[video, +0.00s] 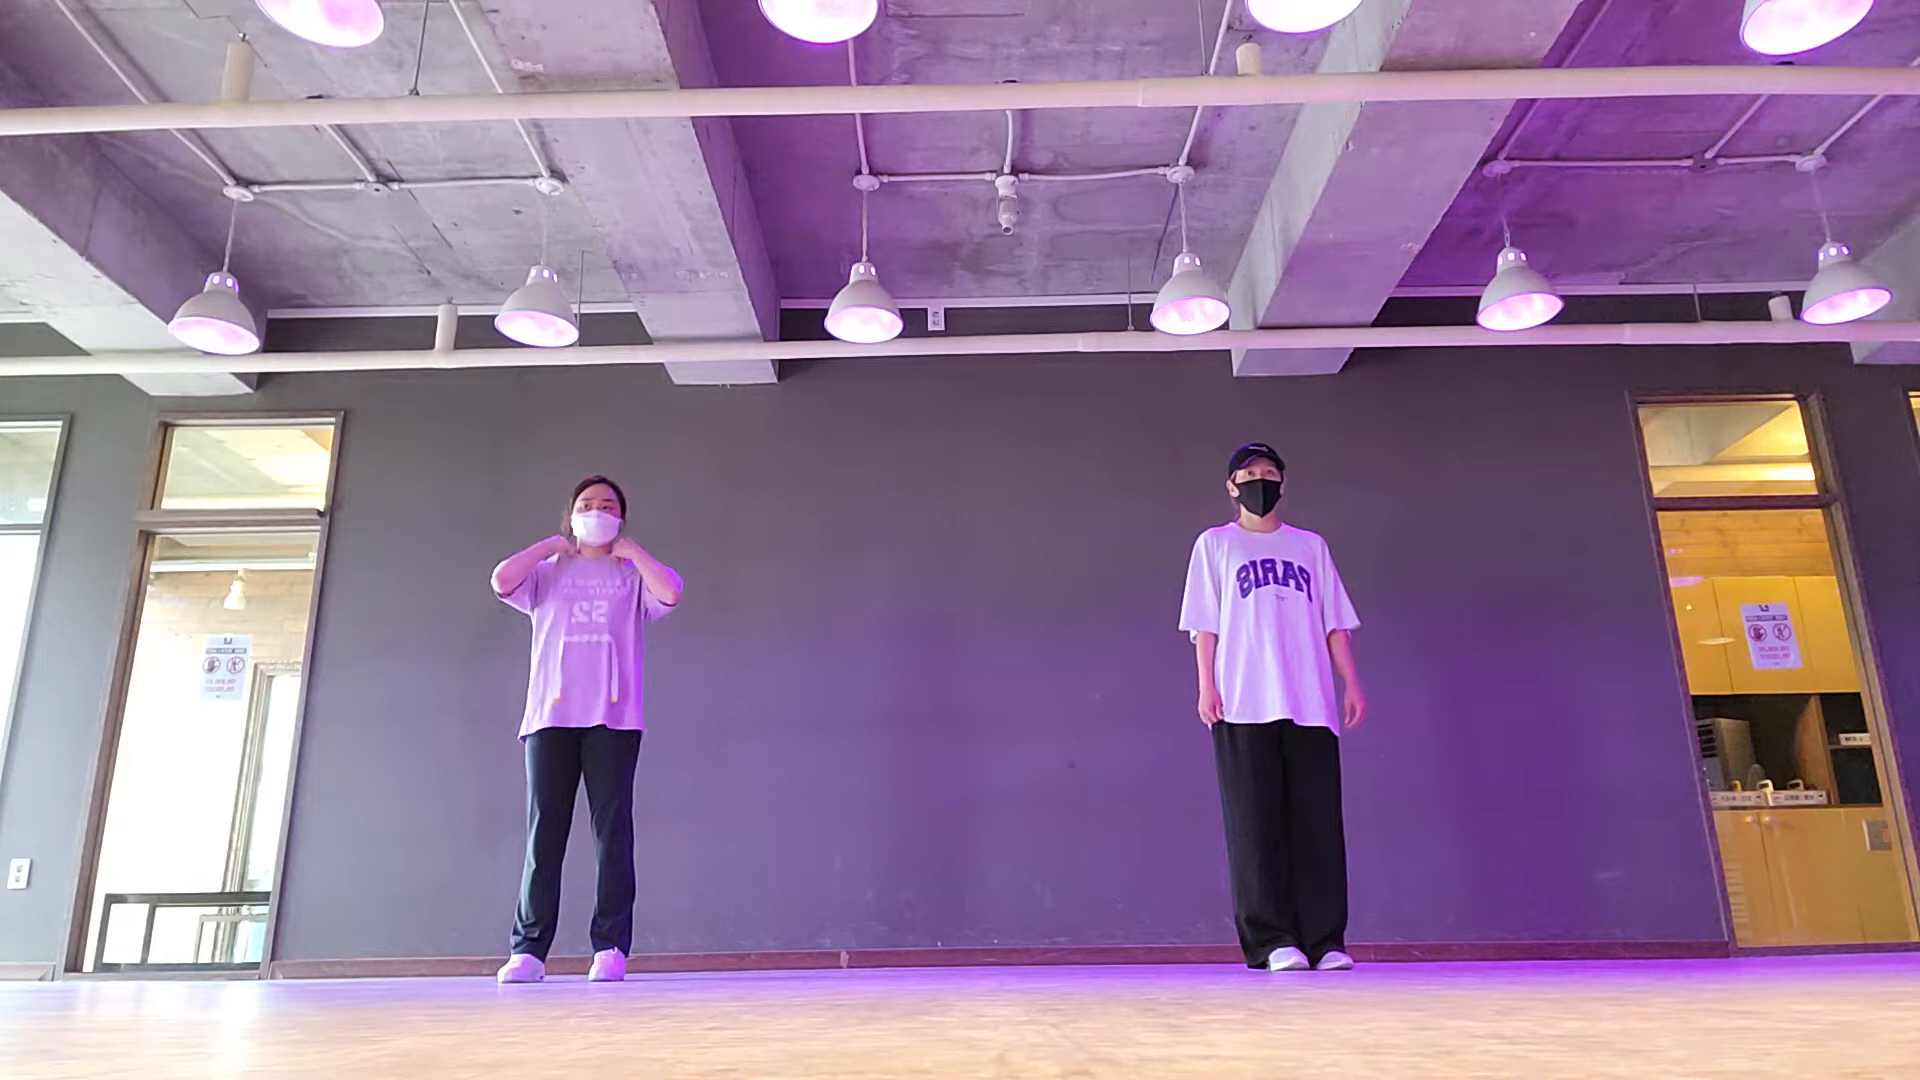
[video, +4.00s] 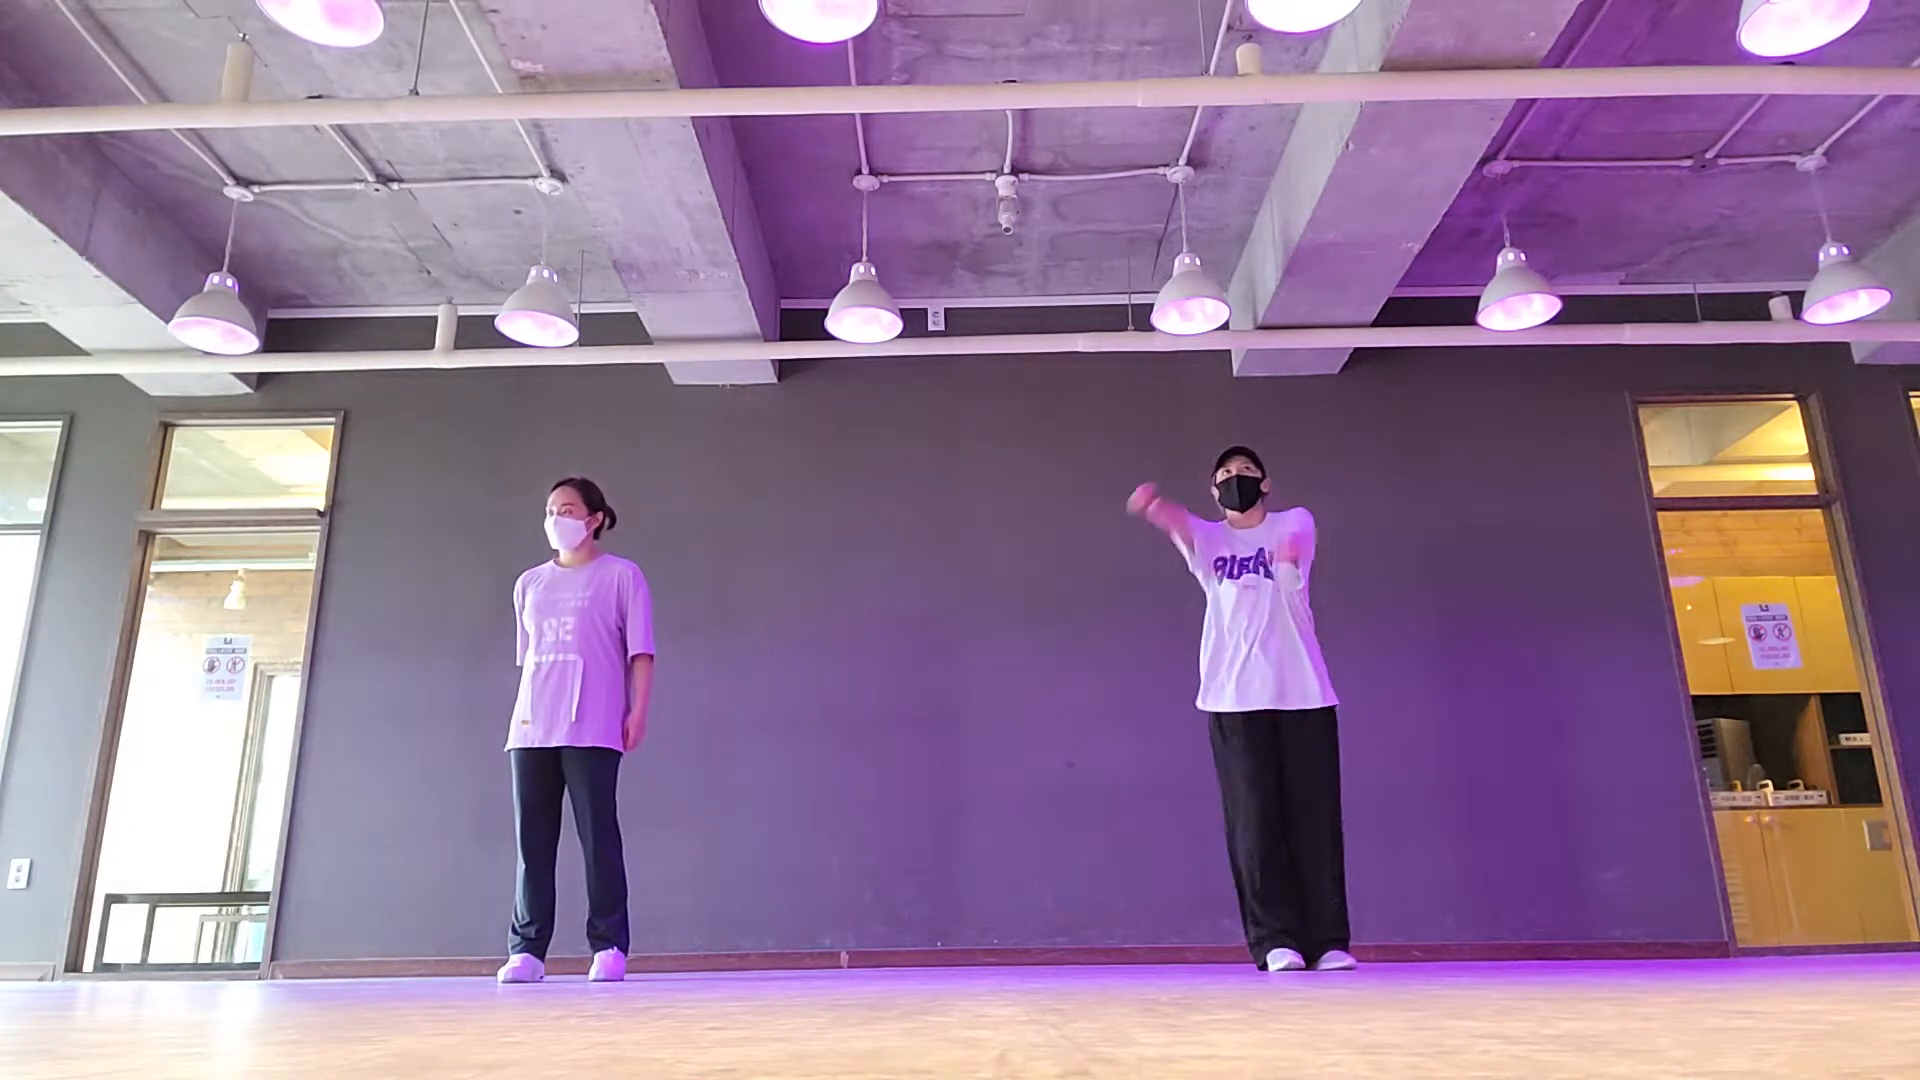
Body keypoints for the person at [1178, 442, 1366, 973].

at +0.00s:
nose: (1261, 481)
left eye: (1270, 473)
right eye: (1250, 474)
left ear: (1282, 484)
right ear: (1233, 486)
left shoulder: (1312, 546)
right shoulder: (1213, 545)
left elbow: (1335, 625)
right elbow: (1204, 624)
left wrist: (1351, 683)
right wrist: (1207, 685)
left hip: (1310, 704)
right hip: (1245, 706)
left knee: (1317, 823)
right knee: (1257, 828)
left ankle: (1325, 941)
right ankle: (1271, 944)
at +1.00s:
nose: (1259, 480)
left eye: (1268, 472)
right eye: (1248, 472)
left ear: (1281, 483)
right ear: (1231, 485)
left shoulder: (1311, 543)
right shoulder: (1213, 544)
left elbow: (1336, 621)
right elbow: (1205, 624)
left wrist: (1349, 682)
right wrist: (1208, 685)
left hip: (1311, 702)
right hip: (1245, 706)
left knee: (1318, 823)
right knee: (1256, 828)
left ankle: (1326, 941)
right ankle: (1271, 943)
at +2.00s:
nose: (1260, 478)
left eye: (1269, 470)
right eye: (1249, 470)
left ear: (1281, 479)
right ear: (1231, 481)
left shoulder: (1313, 538)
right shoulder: (1209, 539)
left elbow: (1368, 597)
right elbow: (1172, 610)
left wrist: (1369, 584)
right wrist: (1205, 566)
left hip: (1311, 704)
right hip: (1242, 707)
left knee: (1319, 821)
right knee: (1262, 827)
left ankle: (1328, 942)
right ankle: (1276, 945)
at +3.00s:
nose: (1254, 479)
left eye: (1263, 471)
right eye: (1243, 473)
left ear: (1277, 482)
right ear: (1226, 486)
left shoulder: (1318, 536)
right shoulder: (1210, 543)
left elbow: (1389, 552)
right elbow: (1196, 618)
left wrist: (1377, 486)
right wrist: (1220, 650)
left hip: (1317, 706)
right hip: (1248, 710)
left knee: (1324, 826)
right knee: (1265, 830)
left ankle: (1329, 944)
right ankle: (1280, 946)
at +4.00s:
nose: (1235, 482)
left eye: (1246, 474)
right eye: (1226, 477)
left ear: (1265, 485)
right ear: (1216, 493)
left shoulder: (1294, 523)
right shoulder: (1203, 537)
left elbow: (1298, 533)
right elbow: (1177, 521)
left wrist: (1287, 551)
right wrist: (1151, 505)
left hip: (1304, 696)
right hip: (1236, 703)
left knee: (1315, 821)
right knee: (1256, 828)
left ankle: (1328, 943)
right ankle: (1273, 945)